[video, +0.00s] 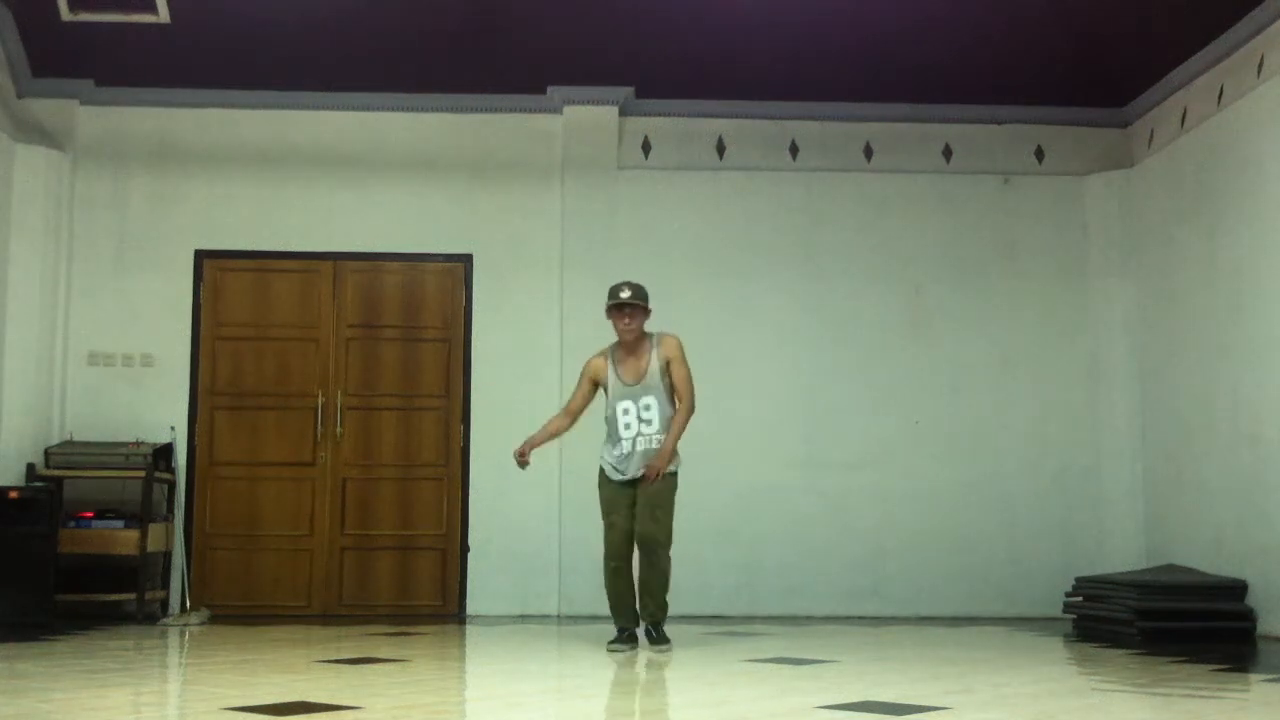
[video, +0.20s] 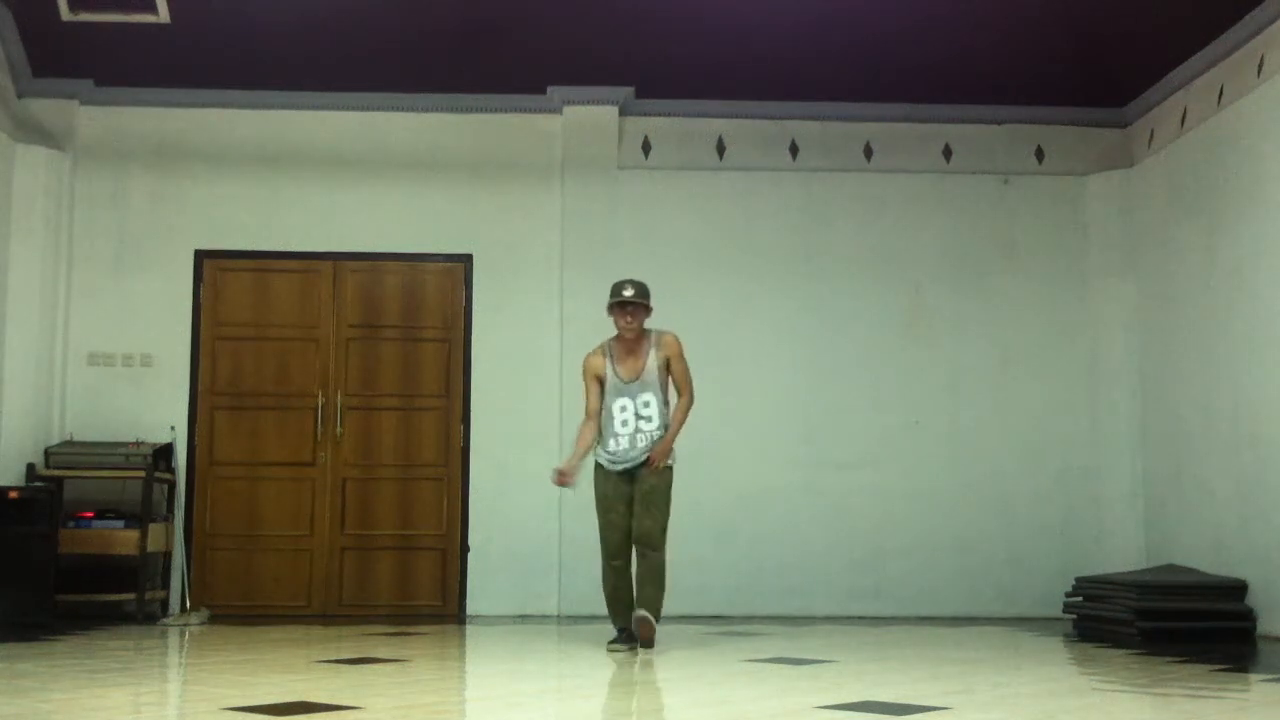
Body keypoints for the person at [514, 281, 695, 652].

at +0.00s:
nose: (626, 317)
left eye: (633, 310)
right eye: (619, 311)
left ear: (646, 314)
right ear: (610, 316)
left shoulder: (666, 348)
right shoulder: (599, 365)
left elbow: (686, 404)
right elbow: (568, 414)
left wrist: (665, 452)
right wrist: (531, 442)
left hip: (658, 467)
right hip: (615, 470)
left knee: (653, 544)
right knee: (617, 548)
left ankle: (654, 622)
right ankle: (626, 627)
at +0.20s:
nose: (628, 315)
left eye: (635, 309)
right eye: (621, 309)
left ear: (646, 312)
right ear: (611, 312)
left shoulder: (666, 345)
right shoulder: (596, 361)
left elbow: (685, 397)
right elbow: (591, 419)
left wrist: (667, 442)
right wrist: (572, 463)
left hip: (653, 463)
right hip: (610, 466)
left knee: (648, 541)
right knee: (614, 548)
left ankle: (647, 622)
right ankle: (624, 629)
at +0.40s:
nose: (639, 308)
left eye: (647, 303)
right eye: (633, 301)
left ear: (657, 307)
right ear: (622, 305)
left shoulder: (670, 344)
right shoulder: (601, 346)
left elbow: (675, 394)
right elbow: (603, 407)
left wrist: (670, 434)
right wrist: (626, 453)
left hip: (654, 458)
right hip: (611, 457)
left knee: (652, 540)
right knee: (614, 544)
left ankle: (649, 621)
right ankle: (622, 626)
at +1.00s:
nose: (653, 306)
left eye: (661, 300)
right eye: (647, 299)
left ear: (676, 306)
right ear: (639, 304)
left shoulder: (686, 358)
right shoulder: (621, 335)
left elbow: (681, 409)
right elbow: (576, 363)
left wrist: (679, 447)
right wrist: (594, 407)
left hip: (661, 464)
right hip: (617, 459)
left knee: (659, 548)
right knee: (620, 547)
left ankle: (654, 623)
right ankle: (626, 626)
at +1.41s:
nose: (628, 312)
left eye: (634, 306)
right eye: (626, 306)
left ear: (659, 306)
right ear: (628, 309)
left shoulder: (689, 349)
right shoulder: (624, 341)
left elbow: (698, 404)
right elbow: (601, 377)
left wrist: (676, 410)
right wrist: (578, 417)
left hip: (668, 467)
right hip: (624, 462)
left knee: (662, 550)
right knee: (623, 540)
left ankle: (655, 628)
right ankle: (626, 623)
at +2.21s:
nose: (636, 303)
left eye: (644, 297)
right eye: (630, 297)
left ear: (655, 304)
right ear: (621, 302)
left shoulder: (671, 351)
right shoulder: (601, 347)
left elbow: (677, 409)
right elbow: (590, 398)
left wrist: (677, 461)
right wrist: (595, 428)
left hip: (655, 463)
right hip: (612, 463)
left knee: (652, 545)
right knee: (618, 547)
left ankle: (652, 620)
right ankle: (628, 624)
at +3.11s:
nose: (628, 320)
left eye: (635, 315)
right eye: (622, 313)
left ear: (645, 320)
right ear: (612, 317)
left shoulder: (661, 359)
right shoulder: (594, 364)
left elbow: (670, 409)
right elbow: (589, 421)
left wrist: (697, 411)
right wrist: (573, 412)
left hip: (650, 470)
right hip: (607, 472)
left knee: (652, 544)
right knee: (608, 549)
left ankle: (657, 616)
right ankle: (613, 623)